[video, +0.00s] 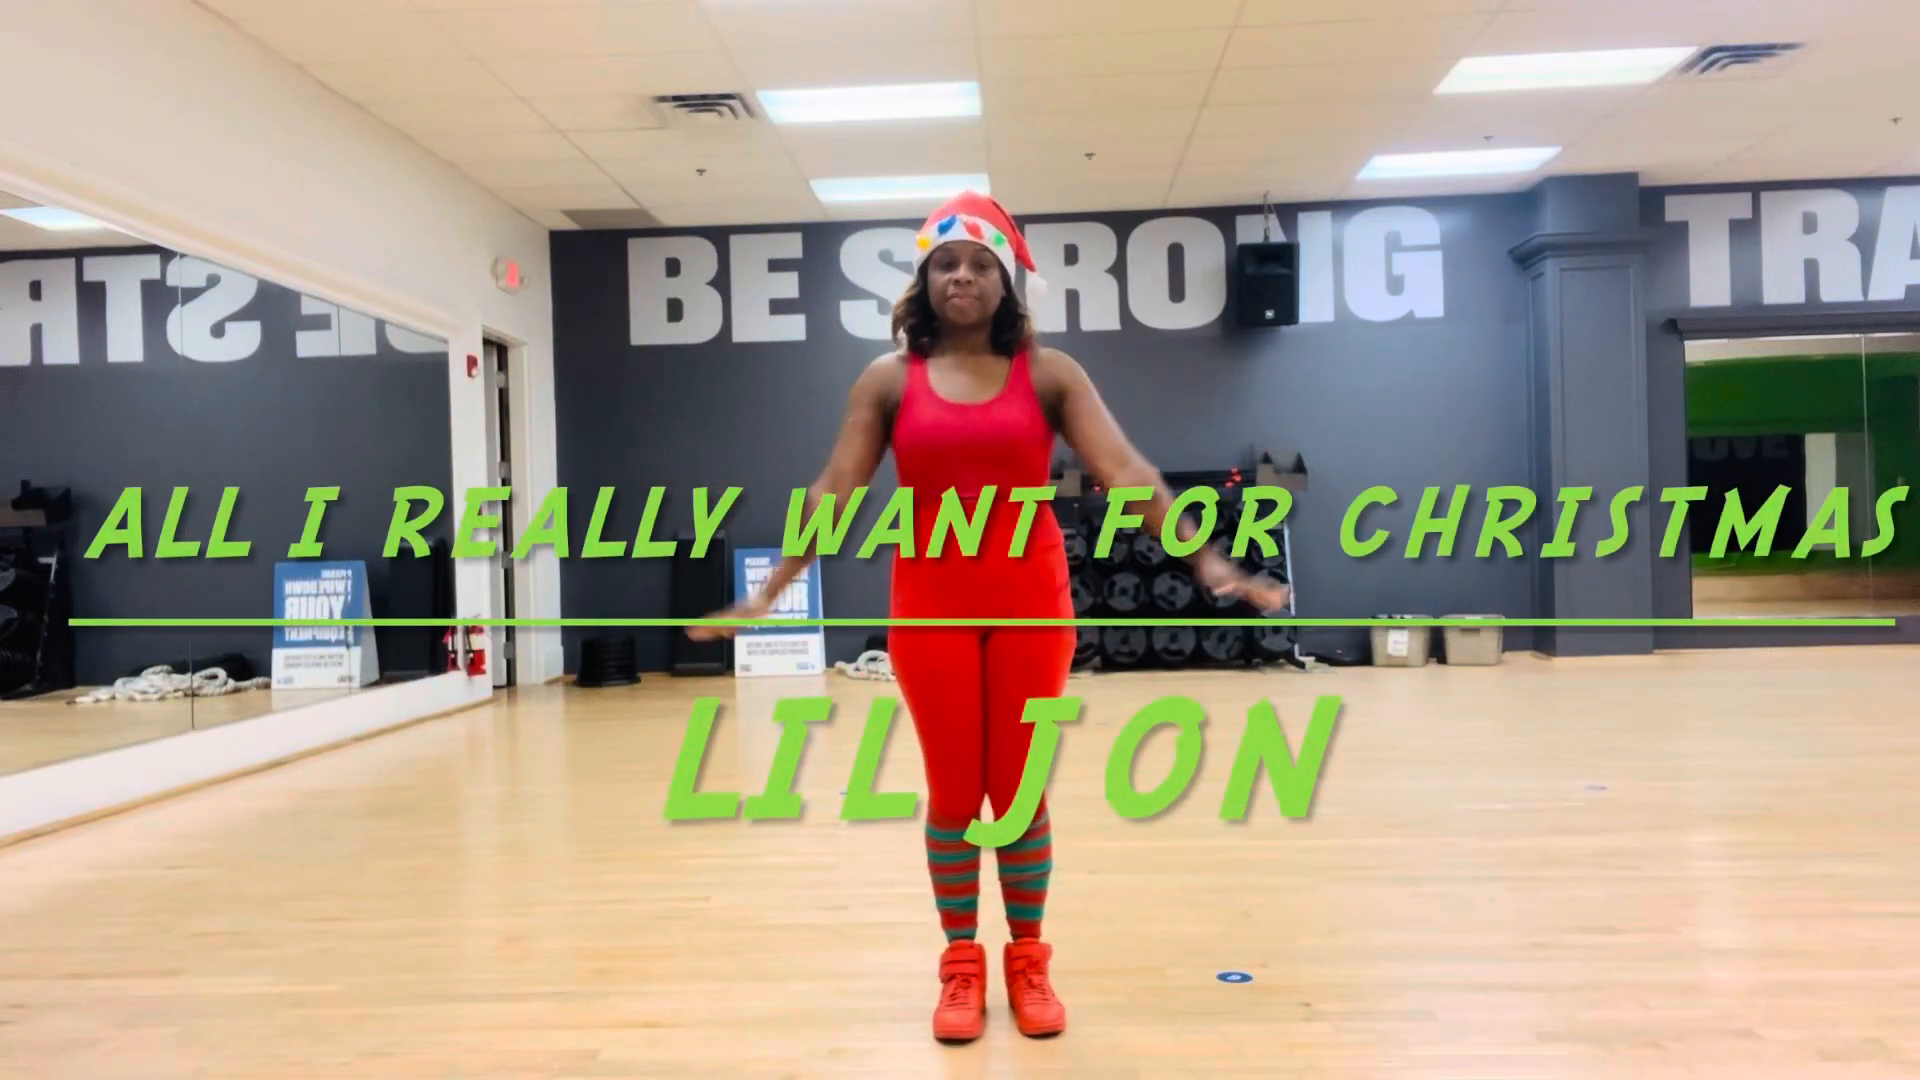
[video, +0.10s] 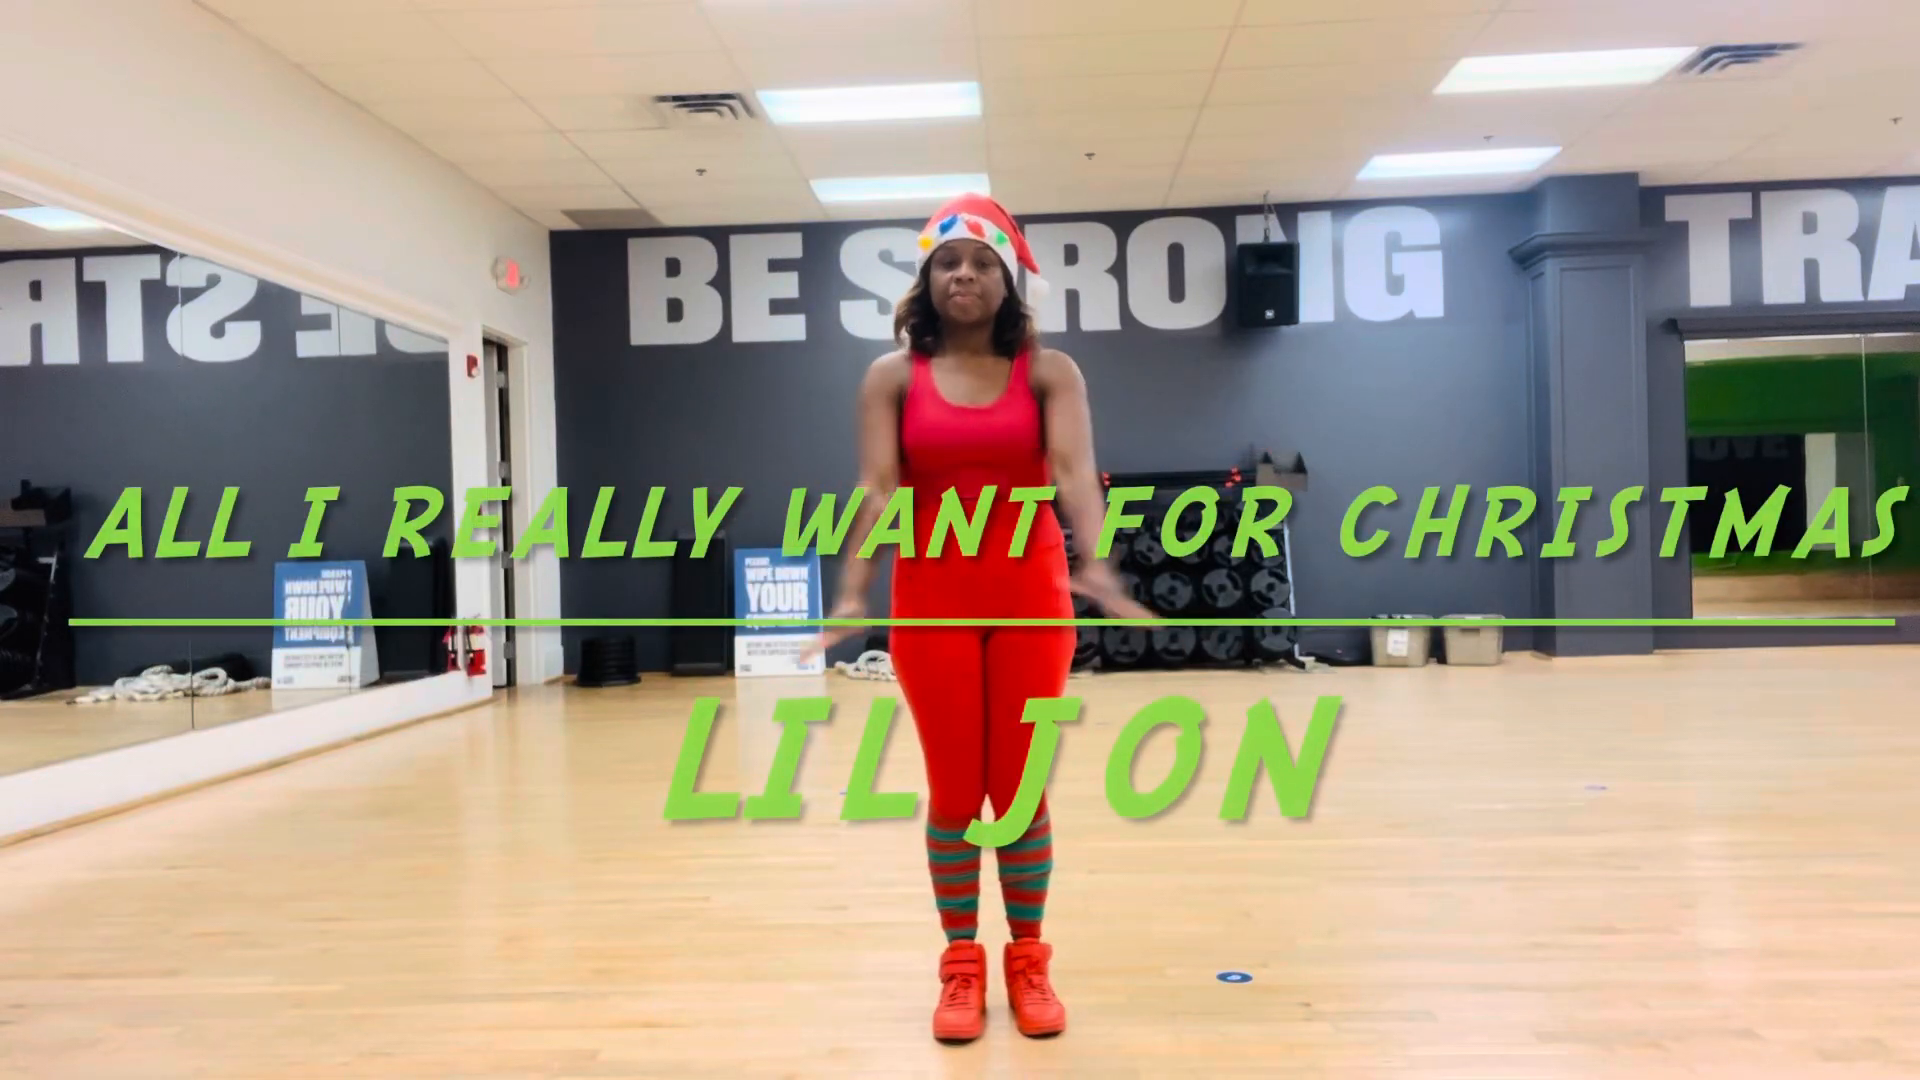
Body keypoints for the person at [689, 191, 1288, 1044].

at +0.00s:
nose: (961, 278)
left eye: (978, 265)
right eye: (946, 265)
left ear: (1006, 281)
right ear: (925, 282)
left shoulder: (1048, 371)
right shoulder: (890, 379)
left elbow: (1124, 469)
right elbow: (833, 493)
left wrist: (1210, 561)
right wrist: (774, 585)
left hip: (1029, 600)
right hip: (930, 604)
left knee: (1021, 787)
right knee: (954, 790)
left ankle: (1028, 964)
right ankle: (960, 968)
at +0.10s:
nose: (964, 278)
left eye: (981, 264)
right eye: (948, 264)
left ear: (1008, 279)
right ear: (927, 279)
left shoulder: (1050, 368)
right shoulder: (892, 375)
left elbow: (1076, 472)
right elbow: (877, 489)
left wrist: (1094, 557)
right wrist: (850, 592)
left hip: (1030, 597)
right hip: (931, 599)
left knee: (1021, 786)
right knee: (953, 790)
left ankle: (1029, 964)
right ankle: (962, 968)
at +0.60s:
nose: (967, 278)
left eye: (985, 264)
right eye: (951, 264)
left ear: (1013, 279)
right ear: (932, 278)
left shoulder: (1053, 363)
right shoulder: (897, 368)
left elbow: (1063, 449)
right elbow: (903, 463)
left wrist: (950, 417)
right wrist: (1005, 429)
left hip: (1036, 593)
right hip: (937, 595)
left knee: (1024, 784)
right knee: (955, 786)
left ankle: (1030, 966)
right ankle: (961, 970)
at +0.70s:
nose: (968, 277)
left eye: (987, 263)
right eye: (952, 263)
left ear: (1015, 277)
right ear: (932, 276)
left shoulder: (1056, 365)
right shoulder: (899, 369)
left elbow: (1075, 462)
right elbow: (905, 463)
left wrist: (977, 473)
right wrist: (1005, 485)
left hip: (1037, 597)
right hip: (938, 600)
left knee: (1025, 791)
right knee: (957, 792)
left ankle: (1030, 966)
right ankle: (962, 969)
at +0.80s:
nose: (970, 277)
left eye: (988, 263)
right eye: (954, 263)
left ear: (1016, 278)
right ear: (934, 277)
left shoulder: (1060, 369)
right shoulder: (900, 372)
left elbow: (1076, 472)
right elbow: (903, 479)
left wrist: (1044, 546)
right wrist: (935, 569)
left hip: (1039, 601)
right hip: (938, 602)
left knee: (1029, 794)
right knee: (957, 794)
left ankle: (1031, 966)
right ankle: (962, 970)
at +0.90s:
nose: (973, 279)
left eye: (990, 265)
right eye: (957, 265)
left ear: (1018, 280)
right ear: (936, 281)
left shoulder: (1061, 377)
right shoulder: (902, 380)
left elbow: (1083, 496)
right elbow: (891, 497)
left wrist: (1099, 604)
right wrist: (890, 601)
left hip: (1040, 604)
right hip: (938, 606)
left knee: (1037, 795)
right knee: (958, 795)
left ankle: (1033, 965)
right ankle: (962, 970)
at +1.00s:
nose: (974, 280)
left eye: (992, 266)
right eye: (959, 266)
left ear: (1020, 283)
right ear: (938, 283)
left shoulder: (1065, 381)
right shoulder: (903, 385)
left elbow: (1100, 504)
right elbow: (877, 508)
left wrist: (1137, 611)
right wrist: (850, 616)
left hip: (1044, 607)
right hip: (939, 609)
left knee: (1039, 799)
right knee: (958, 798)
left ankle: (1033, 965)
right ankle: (962, 971)